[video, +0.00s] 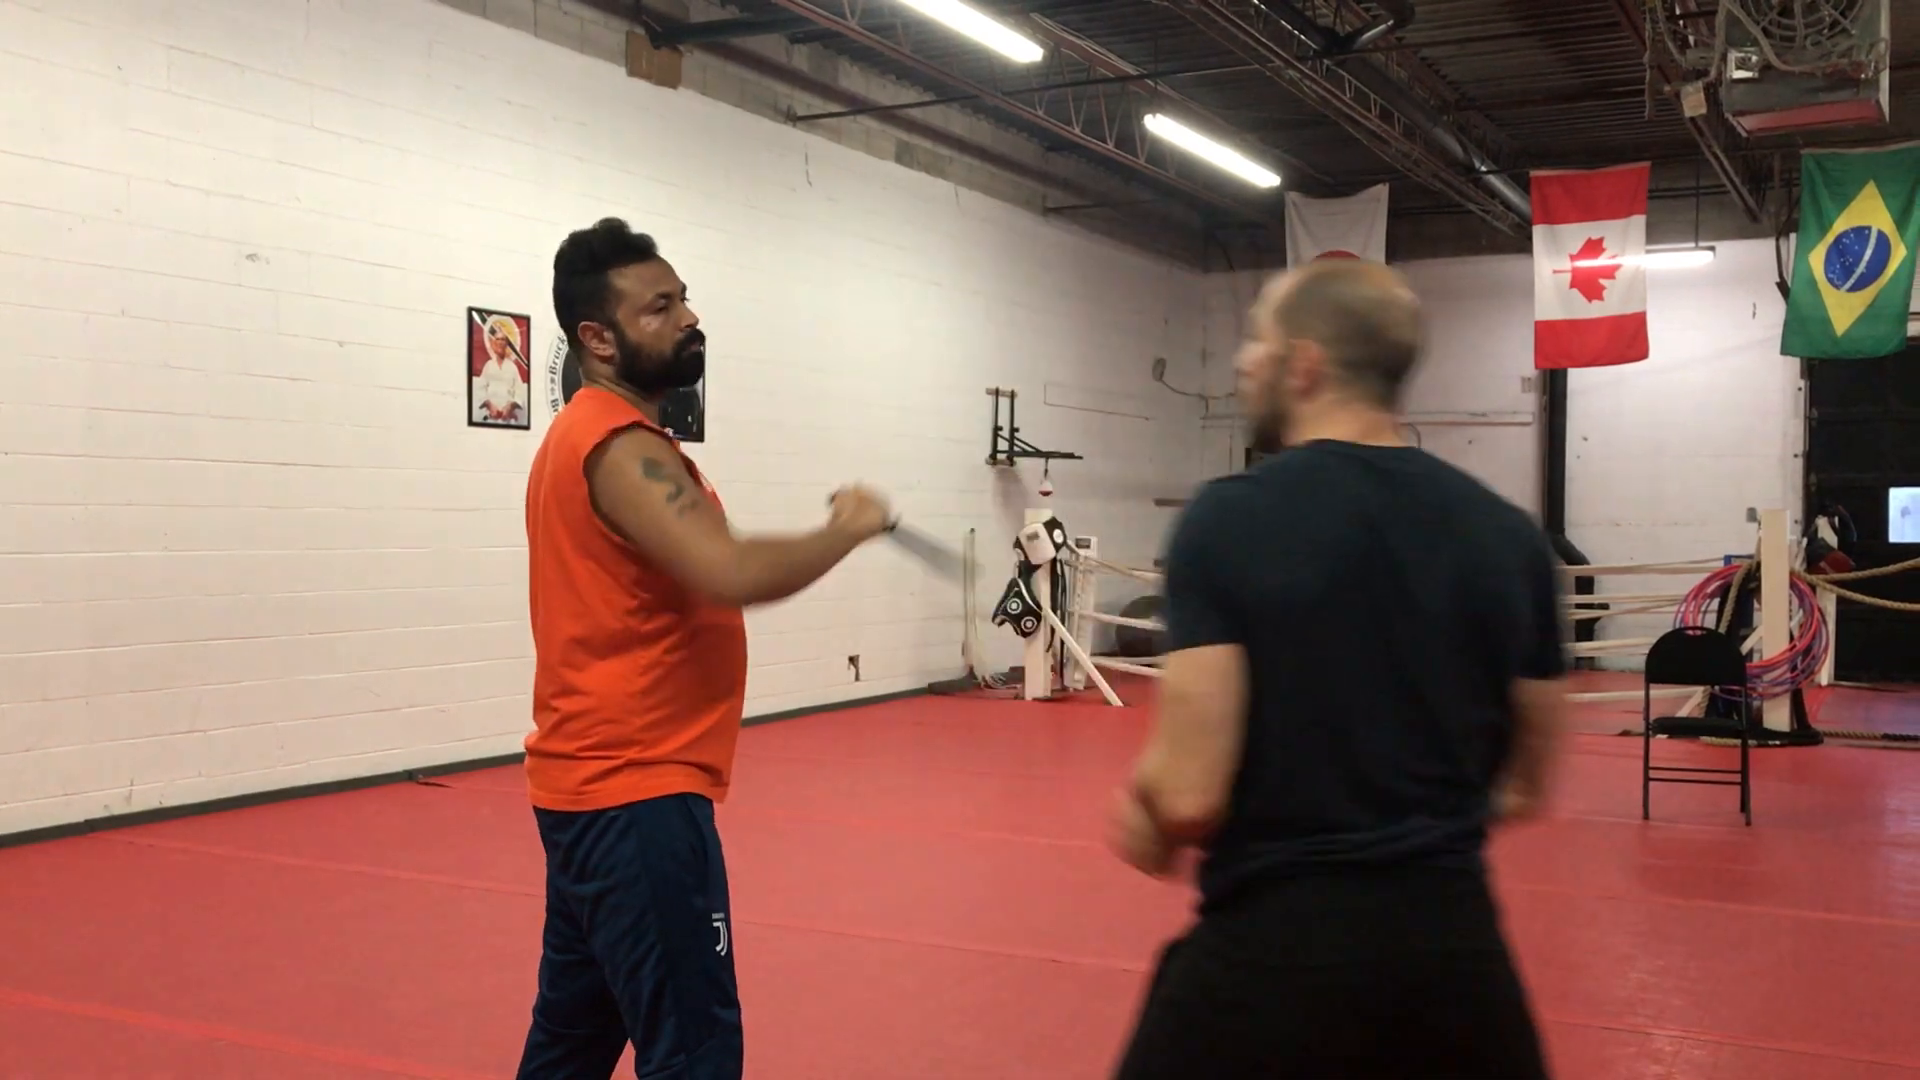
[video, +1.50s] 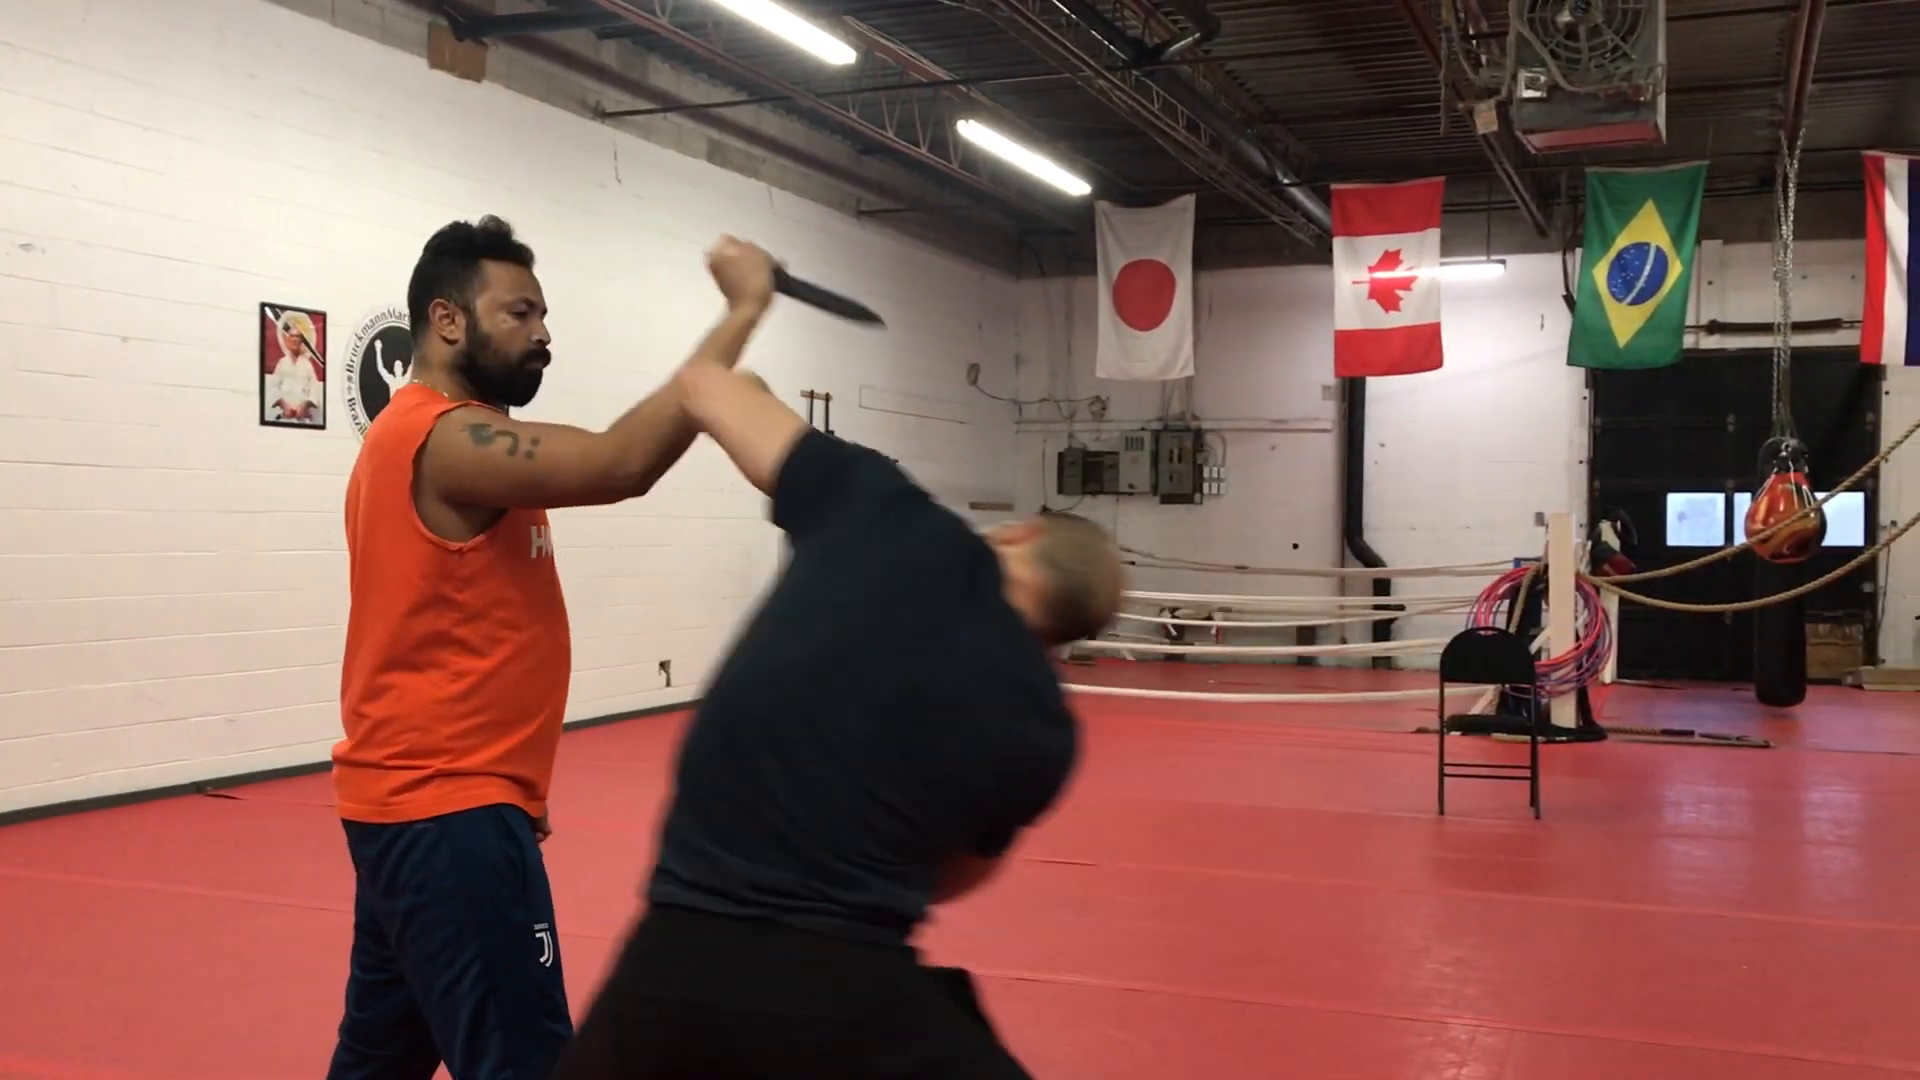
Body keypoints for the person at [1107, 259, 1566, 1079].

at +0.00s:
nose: (1239, 363)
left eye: (1255, 339)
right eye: (1247, 339)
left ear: (1305, 364)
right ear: (1394, 370)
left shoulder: (1229, 518)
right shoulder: (1506, 535)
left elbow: (1189, 798)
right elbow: (1527, 782)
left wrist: (1150, 806)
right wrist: (1399, 790)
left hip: (1260, 965)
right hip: (1452, 958)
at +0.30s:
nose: (1381, 404)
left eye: (1398, 372)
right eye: (1389, 375)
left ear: (1452, 375)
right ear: (1544, 400)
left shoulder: (1319, 487)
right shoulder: (1644, 547)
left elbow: (1237, 727)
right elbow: (1656, 814)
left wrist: (1378, 724)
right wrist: (1525, 737)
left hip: (1324, 959)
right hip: (1542, 976)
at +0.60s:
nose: (1398, 481)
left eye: (1410, 462)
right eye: (1403, 465)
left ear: (1447, 452)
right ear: (1545, 506)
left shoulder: (1321, 533)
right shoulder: (1623, 617)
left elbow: (1253, 775)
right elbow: (1580, 846)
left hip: (1278, 978)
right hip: (1501, 1007)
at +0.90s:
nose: (1354, 529)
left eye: (1366, 513)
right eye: (1361, 514)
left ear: (1411, 501)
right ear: (1503, 558)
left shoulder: (1282, 577)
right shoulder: (1577, 668)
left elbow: (1199, 825)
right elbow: (1520, 918)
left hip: (1225, 996)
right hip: (1441, 1032)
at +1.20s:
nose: (1257, 560)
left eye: (1268, 548)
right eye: (1266, 552)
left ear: (1300, 552)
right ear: (1377, 630)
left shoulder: (1164, 592)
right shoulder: (1405, 741)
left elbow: (968, 716)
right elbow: (1333, 899)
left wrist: (1093, 729)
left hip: (1045, 1022)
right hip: (1252, 1045)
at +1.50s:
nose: (1012, 517)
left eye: (1024, 517)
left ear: (1021, 530)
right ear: (1069, 640)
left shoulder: (874, 508)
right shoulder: (1041, 730)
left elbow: (704, 380)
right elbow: (953, 878)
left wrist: (747, 300)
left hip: (676, 971)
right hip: (862, 998)